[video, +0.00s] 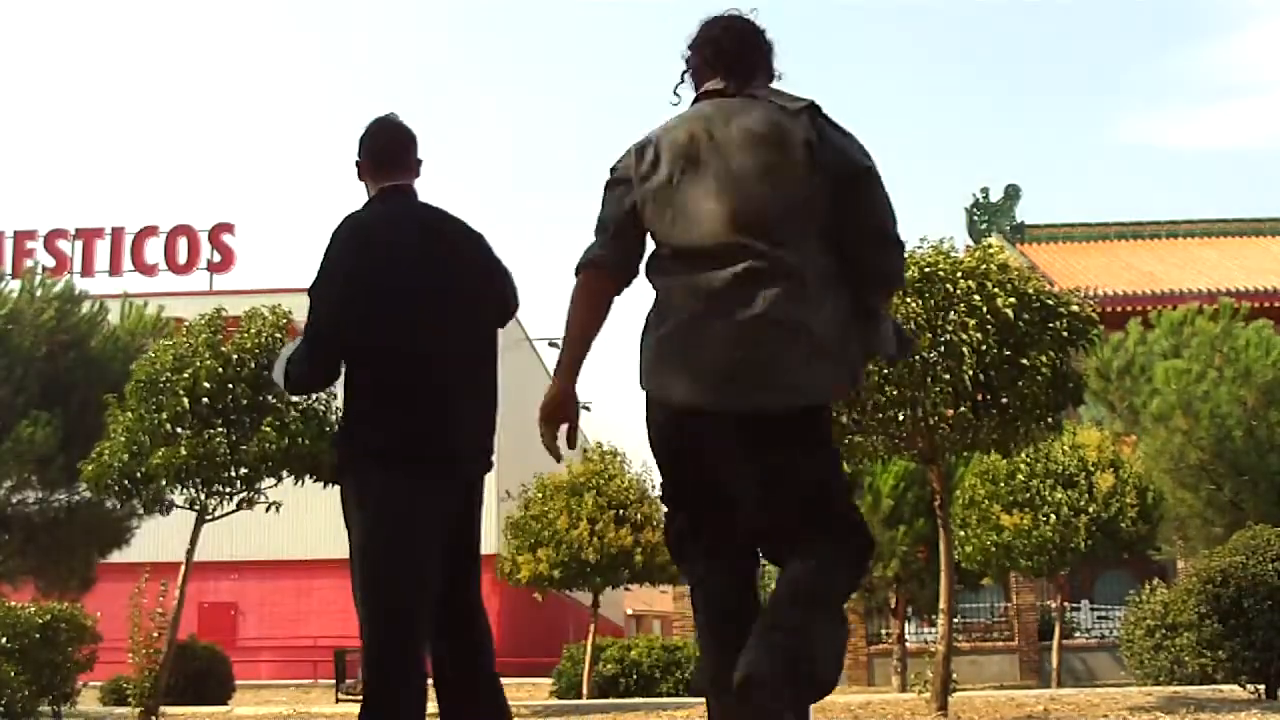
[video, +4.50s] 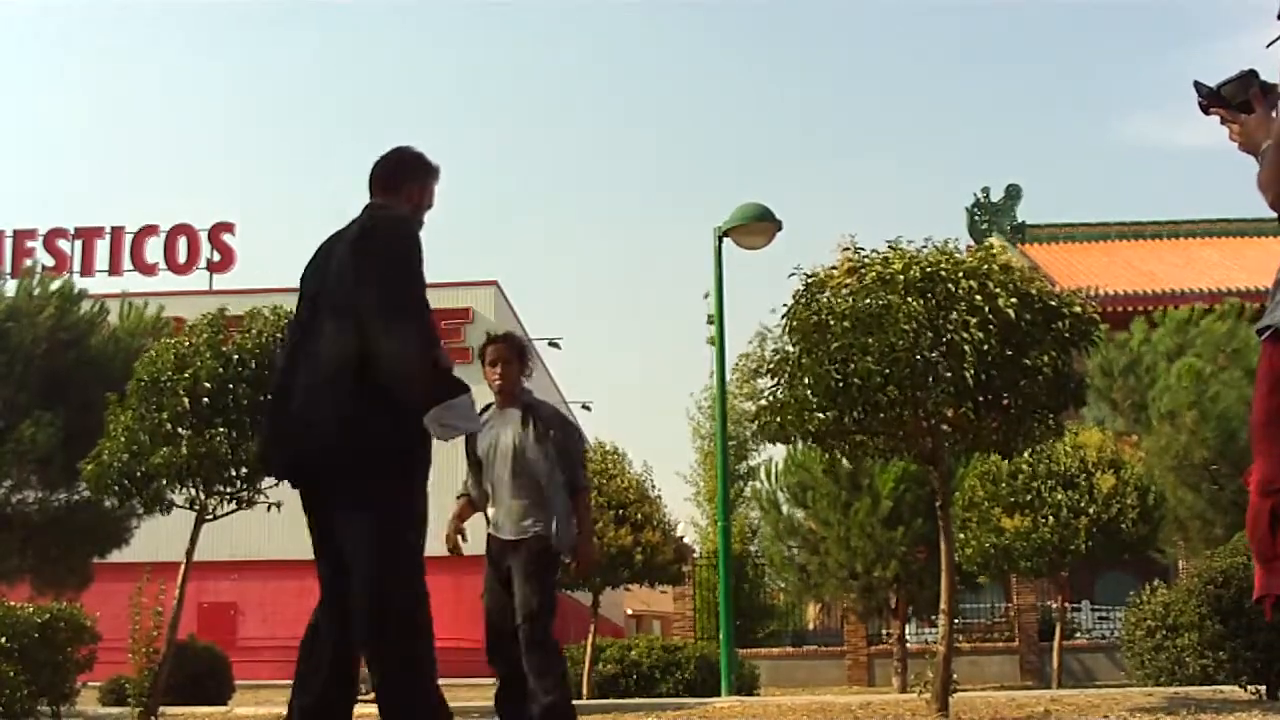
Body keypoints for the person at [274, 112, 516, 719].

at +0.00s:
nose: (365, 172)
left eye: (362, 165)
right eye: (401, 162)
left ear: (361, 168)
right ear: (418, 166)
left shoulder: (354, 239)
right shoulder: (466, 239)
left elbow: (319, 361)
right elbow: (504, 302)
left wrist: (287, 362)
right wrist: (441, 324)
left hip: (381, 454)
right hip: (460, 452)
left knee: (390, 622)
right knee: (459, 615)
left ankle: (393, 719)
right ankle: (480, 717)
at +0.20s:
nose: (369, 173)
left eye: (364, 164)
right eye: (402, 164)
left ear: (362, 168)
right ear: (419, 167)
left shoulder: (340, 237)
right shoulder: (467, 242)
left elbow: (299, 372)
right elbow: (504, 350)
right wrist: (467, 412)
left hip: (370, 452)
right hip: (455, 454)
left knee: (385, 625)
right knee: (458, 621)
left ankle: (390, 718)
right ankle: (470, 715)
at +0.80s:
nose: (459, 189)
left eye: (457, 180)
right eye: (461, 180)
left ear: (402, 178)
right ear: (455, 179)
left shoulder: (354, 243)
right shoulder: (485, 256)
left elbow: (327, 365)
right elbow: (528, 379)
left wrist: (381, 361)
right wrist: (518, 453)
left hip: (378, 459)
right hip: (464, 458)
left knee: (381, 624)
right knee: (488, 624)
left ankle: (381, 713)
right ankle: (491, 712)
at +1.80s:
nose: (365, 206)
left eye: (360, 199)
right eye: (389, 196)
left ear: (358, 196)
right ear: (412, 192)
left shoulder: (354, 244)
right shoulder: (461, 258)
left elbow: (324, 362)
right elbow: (487, 353)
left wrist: (285, 377)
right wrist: (439, 394)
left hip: (378, 465)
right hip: (461, 465)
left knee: (379, 637)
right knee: (479, 634)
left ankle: (390, 715)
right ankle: (492, 716)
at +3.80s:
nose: (347, 205)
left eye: (327, 195)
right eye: (363, 196)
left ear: (316, 195)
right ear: (371, 196)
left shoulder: (289, 258)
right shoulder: (407, 254)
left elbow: (262, 354)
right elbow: (472, 343)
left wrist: (319, 381)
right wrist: (516, 418)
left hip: (326, 459)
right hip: (408, 454)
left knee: (340, 606)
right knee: (424, 603)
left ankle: (357, 709)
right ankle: (441, 708)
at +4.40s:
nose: (407, 211)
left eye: (409, 201)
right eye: (406, 199)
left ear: (354, 190)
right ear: (387, 192)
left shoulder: (300, 260)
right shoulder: (380, 241)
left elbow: (286, 364)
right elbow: (405, 346)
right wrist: (460, 408)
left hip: (308, 453)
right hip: (377, 450)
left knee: (331, 606)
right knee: (399, 606)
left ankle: (306, 712)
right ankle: (418, 713)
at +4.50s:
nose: (426, 213)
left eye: (428, 202)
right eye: (425, 201)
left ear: (377, 187)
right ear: (407, 190)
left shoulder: (330, 250)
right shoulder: (392, 237)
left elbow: (305, 353)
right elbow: (402, 340)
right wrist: (449, 401)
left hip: (324, 448)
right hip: (380, 449)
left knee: (340, 597)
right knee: (396, 596)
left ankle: (314, 710)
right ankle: (417, 710)